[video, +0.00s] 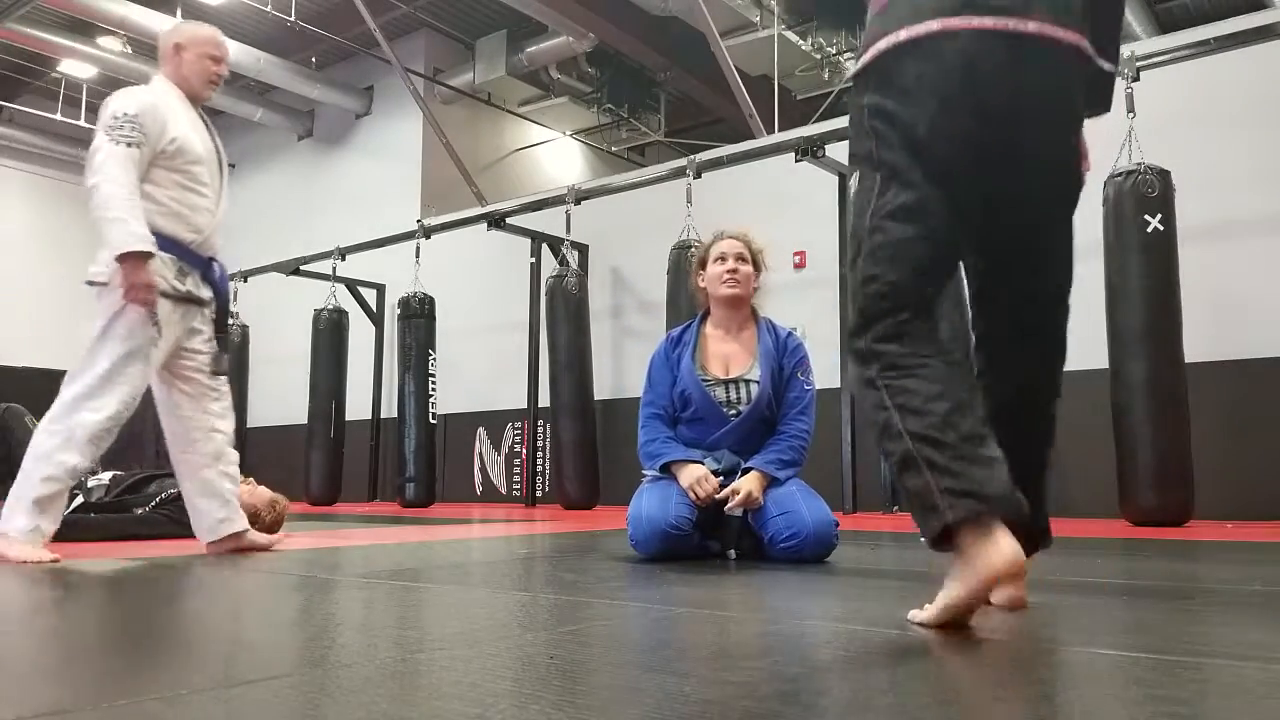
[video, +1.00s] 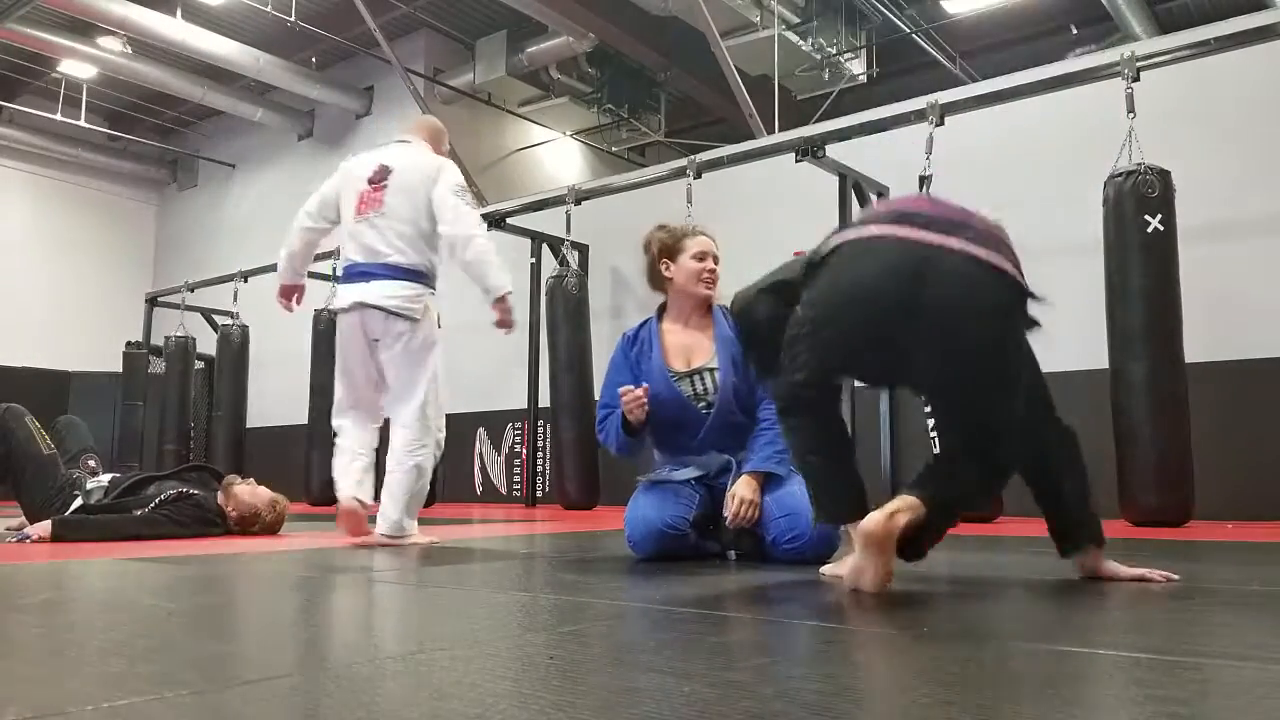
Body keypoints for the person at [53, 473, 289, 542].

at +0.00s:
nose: (247, 478)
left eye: (252, 488)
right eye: (254, 481)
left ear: (246, 513)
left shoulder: (195, 517)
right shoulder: (209, 487)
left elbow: (124, 525)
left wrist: (54, 524)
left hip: (73, 503)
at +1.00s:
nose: (249, 477)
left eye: (251, 489)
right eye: (257, 484)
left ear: (234, 512)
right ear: (237, 505)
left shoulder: (197, 513)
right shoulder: (217, 490)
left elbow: (130, 525)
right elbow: (154, 485)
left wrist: (55, 527)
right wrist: (111, 481)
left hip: (66, 500)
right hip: (99, 485)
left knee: (12, 415)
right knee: (68, 421)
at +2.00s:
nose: (247, 476)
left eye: (249, 488)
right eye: (255, 483)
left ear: (233, 511)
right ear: (236, 505)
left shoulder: (197, 513)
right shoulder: (215, 490)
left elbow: (129, 524)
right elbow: (154, 485)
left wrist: (56, 526)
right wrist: (113, 480)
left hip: (68, 499)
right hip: (101, 484)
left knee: (11, 414)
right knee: (68, 421)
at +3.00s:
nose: (249, 477)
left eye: (251, 488)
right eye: (257, 483)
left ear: (235, 511)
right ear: (237, 505)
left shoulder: (200, 513)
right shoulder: (216, 489)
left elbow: (131, 525)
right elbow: (150, 485)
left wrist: (56, 526)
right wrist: (112, 480)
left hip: (70, 501)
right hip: (101, 485)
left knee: (12, 414)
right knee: (69, 422)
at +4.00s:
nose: (251, 477)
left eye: (253, 488)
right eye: (259, 483)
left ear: (234, 508)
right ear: (237, 502)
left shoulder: (198, 514)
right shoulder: (216, 483)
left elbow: (129, 525)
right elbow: (155, 483)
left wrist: (57, 526)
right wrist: (115, 481)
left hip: (69, 500)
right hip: (102, 484)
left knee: (11, 414)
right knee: (70, 422)